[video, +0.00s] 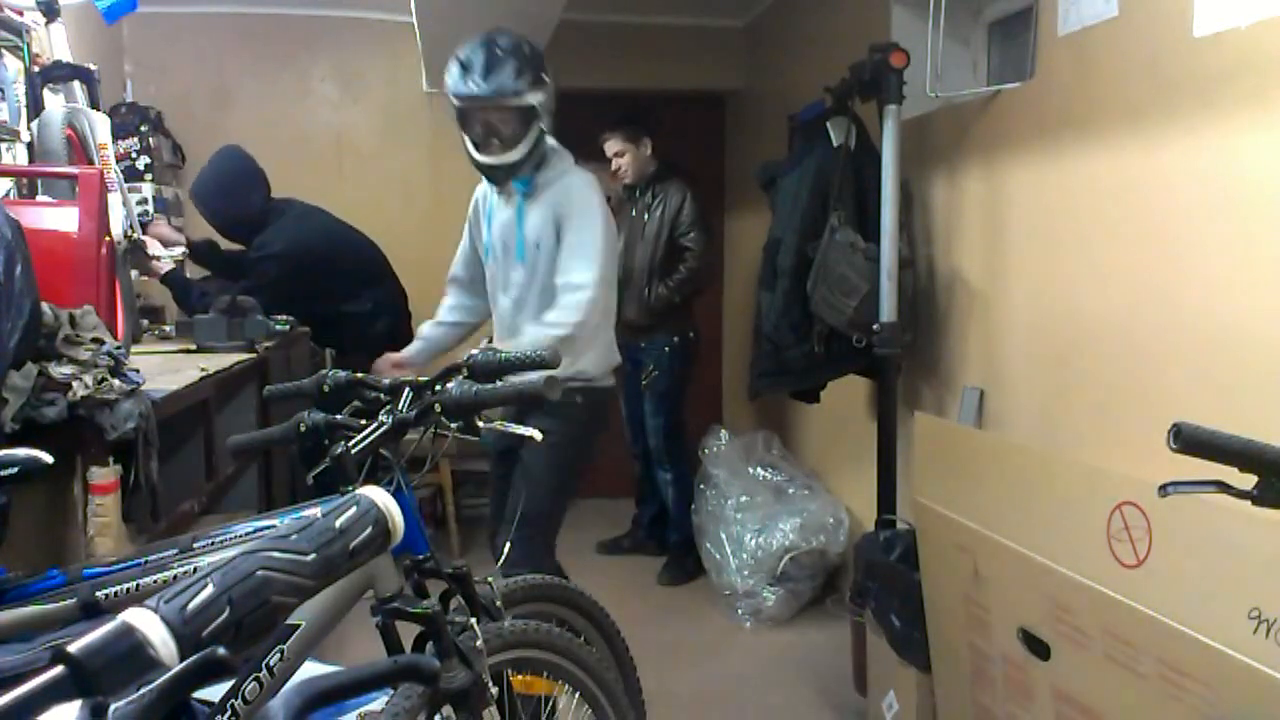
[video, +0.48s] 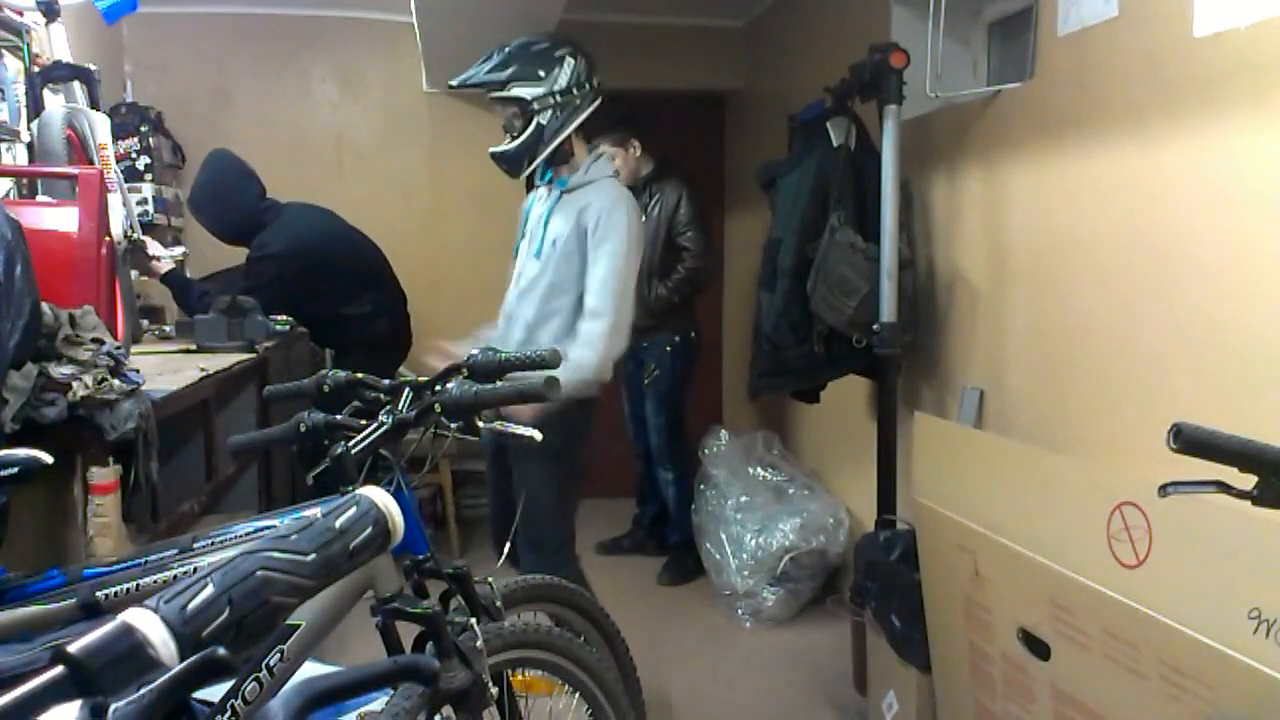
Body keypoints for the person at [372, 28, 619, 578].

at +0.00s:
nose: (492, 135)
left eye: (505, 121)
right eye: (478, 122)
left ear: (538, 112)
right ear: (462, 122)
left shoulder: (575, 191)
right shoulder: (488, 197)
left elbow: (581, 308)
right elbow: (467, 299)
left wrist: (503, 362)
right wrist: (412, 357)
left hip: (573, 387)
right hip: (514, 386)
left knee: (524, 551)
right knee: (510, 546)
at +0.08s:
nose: (503, 145)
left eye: (516, 130)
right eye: (489, 131)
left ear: (549, 122)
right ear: (473, 130)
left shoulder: (586, 200)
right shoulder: (490, 206)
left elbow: (604, 325)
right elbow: (469, 313)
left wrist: (557, 381)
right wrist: (419, 361)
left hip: (569, 397)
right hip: (503, 395)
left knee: (527, 551)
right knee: (501, 547)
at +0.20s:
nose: (507, 132)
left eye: (520, 118)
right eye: (495, 120)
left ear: (556, 110)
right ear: (482, 118)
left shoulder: (598, 197)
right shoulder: (503, 197)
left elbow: (625, 309)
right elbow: (505, 292)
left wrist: (602, 392)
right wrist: (486, 379)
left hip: (558, 382)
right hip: (501, 380)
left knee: (531, 543)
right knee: (508, 540)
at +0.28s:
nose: (505, 130)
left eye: (518, 117)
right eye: (496, 118)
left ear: (557, 111)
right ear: (487, 118)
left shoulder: (600, 197)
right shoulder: (510, 196)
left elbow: (625, 312)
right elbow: (502, 303)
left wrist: (583, 380)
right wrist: (450, 353)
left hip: (557, 385)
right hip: (502, 379)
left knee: (527, 538)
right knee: (503, 534)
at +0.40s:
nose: (504, 136)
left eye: (515, 123)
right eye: (501, 122)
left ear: (557, 117)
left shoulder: (604, 203)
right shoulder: (523, 199)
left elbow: (600, 323)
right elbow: (490, 303)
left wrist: (527, 360)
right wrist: (427, 333)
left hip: (568, 398)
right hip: (509, 393)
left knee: (535, 552)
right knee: (500, 544)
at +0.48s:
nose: (505, 131)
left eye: (514, 117)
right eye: (503, 118)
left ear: (554, 112)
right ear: (549, 114)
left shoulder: (610, 203)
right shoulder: (542, 195)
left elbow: (604, 328)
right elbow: (519, 314)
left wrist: (544, 396)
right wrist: (465, 351)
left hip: (555, 399)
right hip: (505, 392)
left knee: (545, 551)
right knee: (511, 543)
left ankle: (599, 666)